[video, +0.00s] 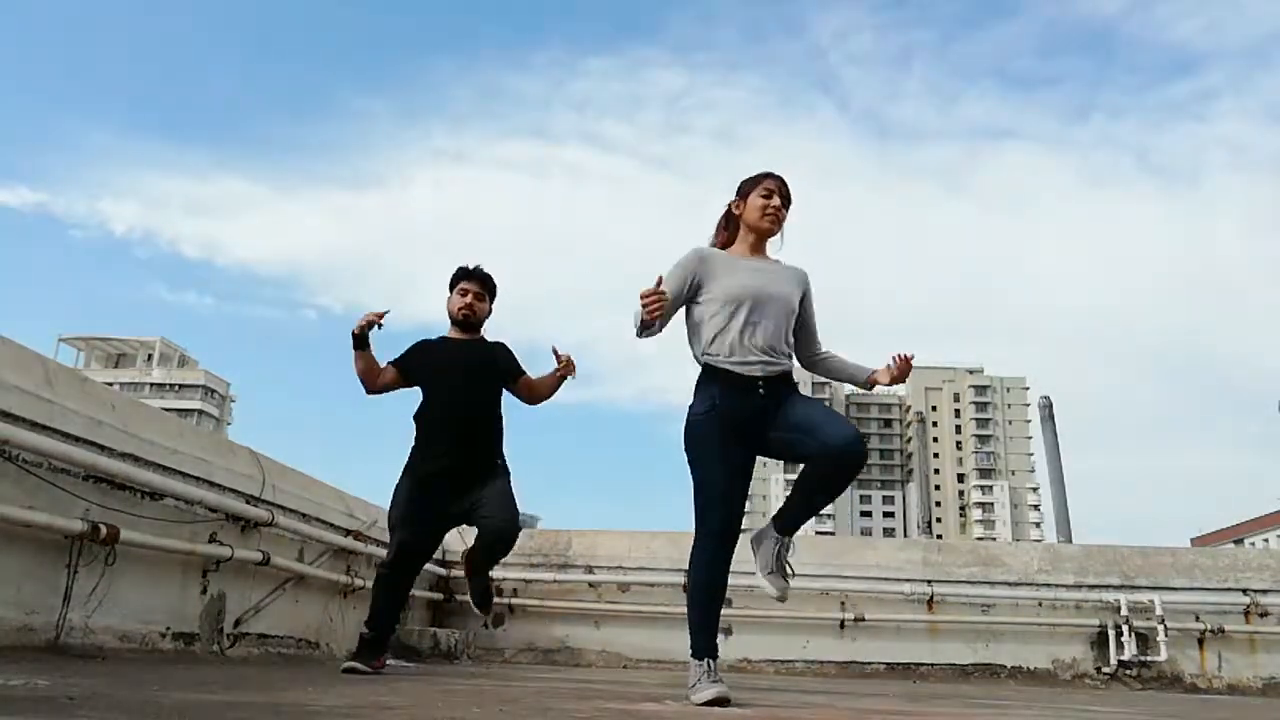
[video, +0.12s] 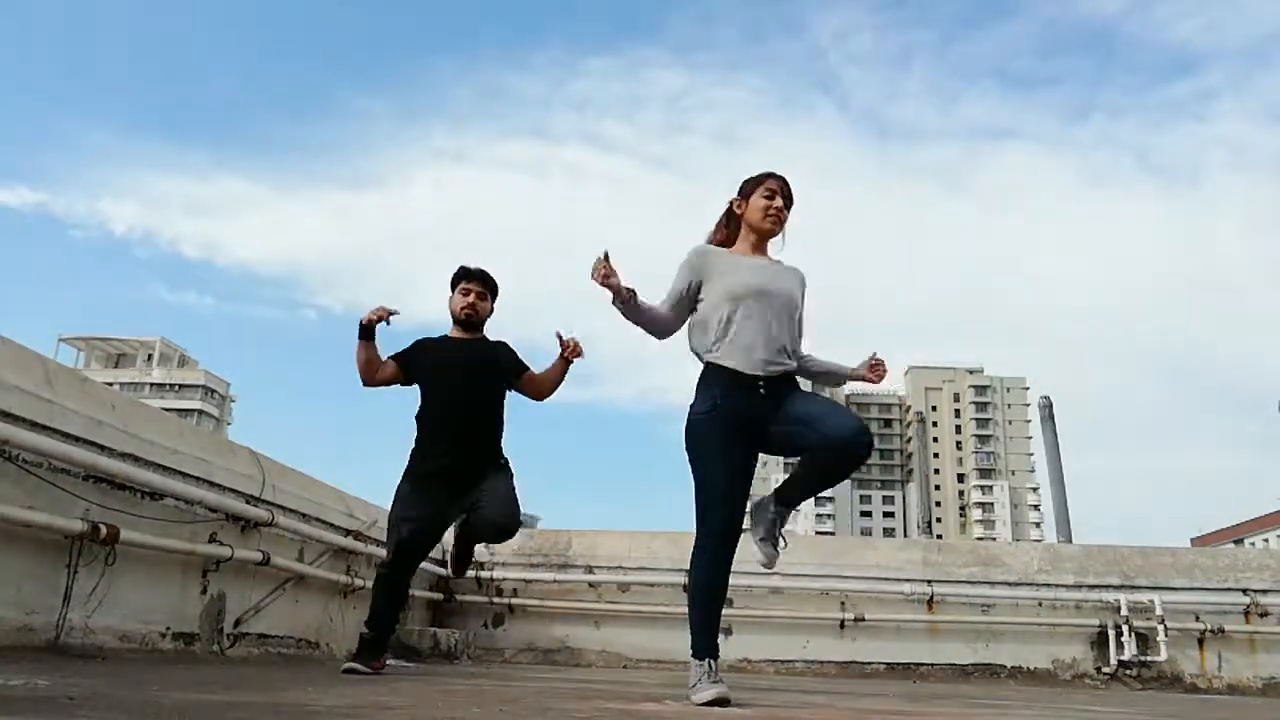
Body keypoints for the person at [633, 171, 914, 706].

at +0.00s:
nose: (775, 205)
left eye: (782, 201)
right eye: (765, 195)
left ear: (785, 217)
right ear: (738, 205)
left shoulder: (794, 279)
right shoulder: (702, 260)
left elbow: (812, 356)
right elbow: (647, 328)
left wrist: (874, 375)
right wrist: (647, 315)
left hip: (780, 403)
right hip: (720, 403)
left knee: (847, 447)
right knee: (717, 534)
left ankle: (776, 536)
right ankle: (703, 664)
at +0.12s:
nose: (777, 205)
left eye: (784, 201)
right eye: (767, 196)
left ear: (786, 218)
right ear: (739, 205)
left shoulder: (791, 277)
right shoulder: (705, 259)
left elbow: (793, 357)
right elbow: (664, 323)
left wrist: (854, 372)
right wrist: (626, 299)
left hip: (781, 398)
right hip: (722, 398)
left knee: (852, 439)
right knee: (718, 534)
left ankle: (771, 511)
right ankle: (704, 665)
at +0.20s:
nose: (783, 207)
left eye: (791, 204)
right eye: (774, 197)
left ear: (791, 220)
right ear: (746, 206)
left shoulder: (792, 279)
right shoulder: (714, 256)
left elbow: (791, 360)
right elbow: (675, 326)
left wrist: (836, 360)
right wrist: (629, 277)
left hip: (787, 400)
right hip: (730, 396)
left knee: (863, 454)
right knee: (724, 532)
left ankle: (814, 556)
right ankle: (706, 665)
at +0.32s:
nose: (789, 213)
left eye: (796, 209)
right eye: (779, 203)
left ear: (797, 226)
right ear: (750, 212)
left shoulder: (804, 285)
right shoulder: (723, 257)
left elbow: (810, 363)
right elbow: (694, 332)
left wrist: (869, 346)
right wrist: (709, 289)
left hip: (796, 409)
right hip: (737, 403)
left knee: (865, 497)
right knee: (733, 537)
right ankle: (708, 667)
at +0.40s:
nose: (794, 224)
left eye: (800, 220)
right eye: (783, 215)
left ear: (802, 237)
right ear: (755, 224)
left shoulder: (811, 293)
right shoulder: (732, 265)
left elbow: (850, 350)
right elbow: (736, 316)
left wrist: (893, 334)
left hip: (802, 418)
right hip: (745, 410)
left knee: (862, 533)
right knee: (748, 541)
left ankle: (901, 666)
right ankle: (709, 669)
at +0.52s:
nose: (811, 238)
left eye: (815, 234)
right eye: (798, 230)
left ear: (816, 254)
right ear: (770, 246)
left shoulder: (817, 304)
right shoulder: (763, 287)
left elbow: (854, 324)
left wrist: (903, 317)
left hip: (814, 436)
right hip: (762, 431)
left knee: (888, 543)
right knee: (782, 566)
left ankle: (911, 679)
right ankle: (714, 666)